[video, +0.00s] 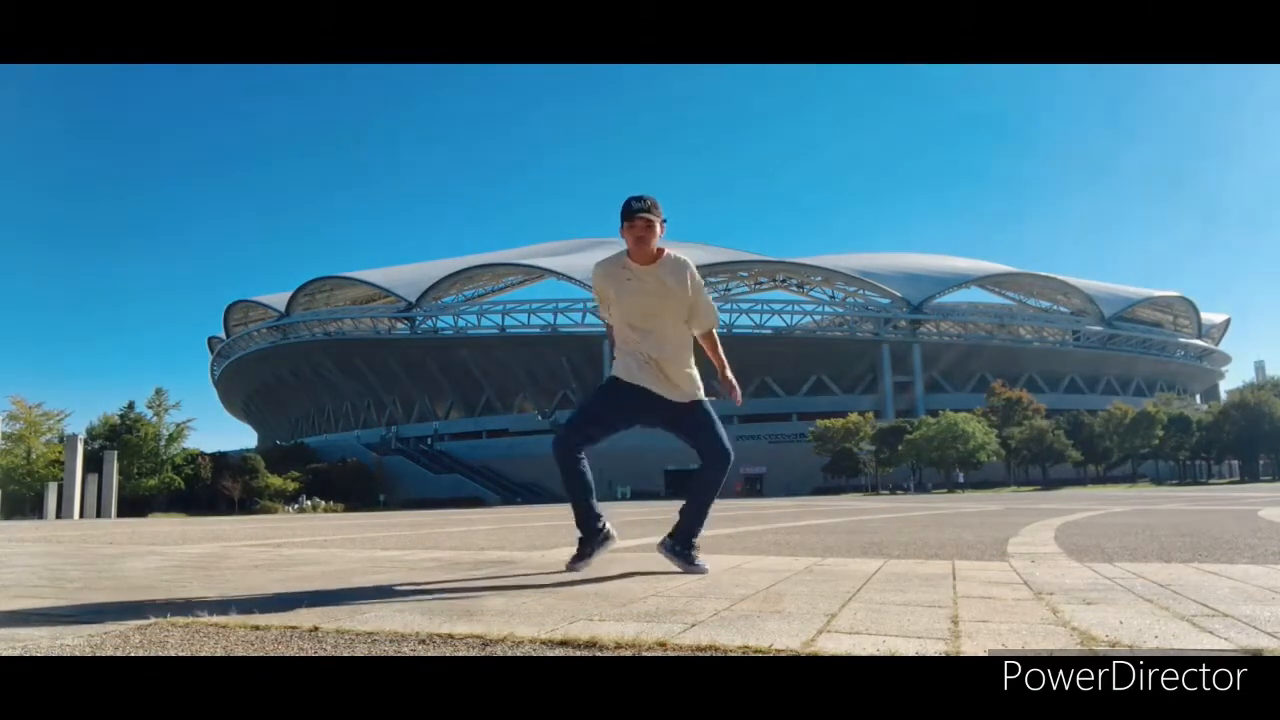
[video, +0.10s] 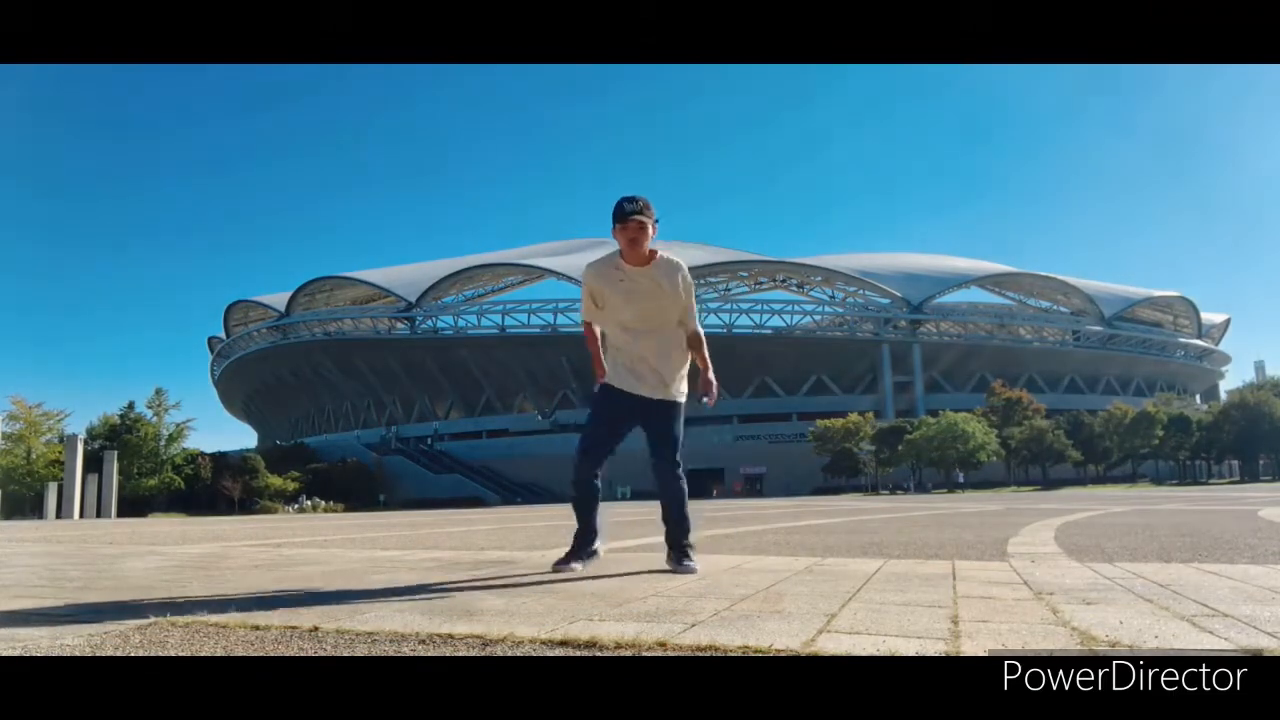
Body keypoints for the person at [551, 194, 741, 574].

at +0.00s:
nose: (641, 232)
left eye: (649, 225)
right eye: (634, 226)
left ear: (662, 230)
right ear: (623, 231)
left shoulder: (682, 271)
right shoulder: (605, 272)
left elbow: (704, 329)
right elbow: (612, 325)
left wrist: (725, 371)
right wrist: (625, 362)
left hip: (680, 391)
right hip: (627, 386)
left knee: (720, 455)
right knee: (567, 443)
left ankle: (681, 540)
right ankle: (593, 531)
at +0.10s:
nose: (635, 233)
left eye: (642, 226)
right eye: (628, 226)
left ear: (654, 230)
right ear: (615, 231)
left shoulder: (675, 272)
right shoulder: (597, 273)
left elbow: (691, 327)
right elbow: (591, 324)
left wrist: (707, 369)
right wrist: (600, 370)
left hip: (667, 389)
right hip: (618, 385)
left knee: (669, 470)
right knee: (585, 464)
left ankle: (680, 550)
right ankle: (585, 544)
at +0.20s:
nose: (626, 229)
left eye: (633, 222)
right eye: (619, 223)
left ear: (645, 225)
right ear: (607, 227)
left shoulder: (667, 269)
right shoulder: (586, 269)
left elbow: (683, 326)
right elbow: (574, 317)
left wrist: (698, 371)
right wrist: (576, 365)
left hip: (657, 383)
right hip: (608, 377)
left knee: (657, 466)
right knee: (574, 453)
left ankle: (670, 544)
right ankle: (583, 535)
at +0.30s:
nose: (616, 233)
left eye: (624, 227)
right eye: (609, 227)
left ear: (639, 230)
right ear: (599, 233)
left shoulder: (661, 277)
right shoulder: (579, 274)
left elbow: (679, 333)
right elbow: (566, 322)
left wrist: (696, 378)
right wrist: (560, 368)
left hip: (652, 401)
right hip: (595, 396)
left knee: (697, 455)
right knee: (528, 442)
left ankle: (651, 534)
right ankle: (567, 526)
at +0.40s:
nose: (610, 236)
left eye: (618, 231)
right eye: (602, 231)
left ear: (632, 239)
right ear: (593, 240)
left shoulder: (652, 289)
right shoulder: (573, 283)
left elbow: (673, 347)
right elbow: (555, 332)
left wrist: (693, 396)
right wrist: (543, 382)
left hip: (642, 415)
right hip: (584, 409)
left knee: (690, 472)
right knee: (526, 463)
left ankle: (643, 546)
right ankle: (562, 546)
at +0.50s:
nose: (604, 215)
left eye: (611, 209)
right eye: (596, 209)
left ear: (623, 219)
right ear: (584, 219)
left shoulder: (643, 269)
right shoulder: (564, 265)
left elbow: (661, 331)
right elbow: (545, 319)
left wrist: (680, 380)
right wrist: (535, 369)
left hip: (636, 392)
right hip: (580, 389)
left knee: (673, 463)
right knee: (532, 457)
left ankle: (644, 545)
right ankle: (561, 541)